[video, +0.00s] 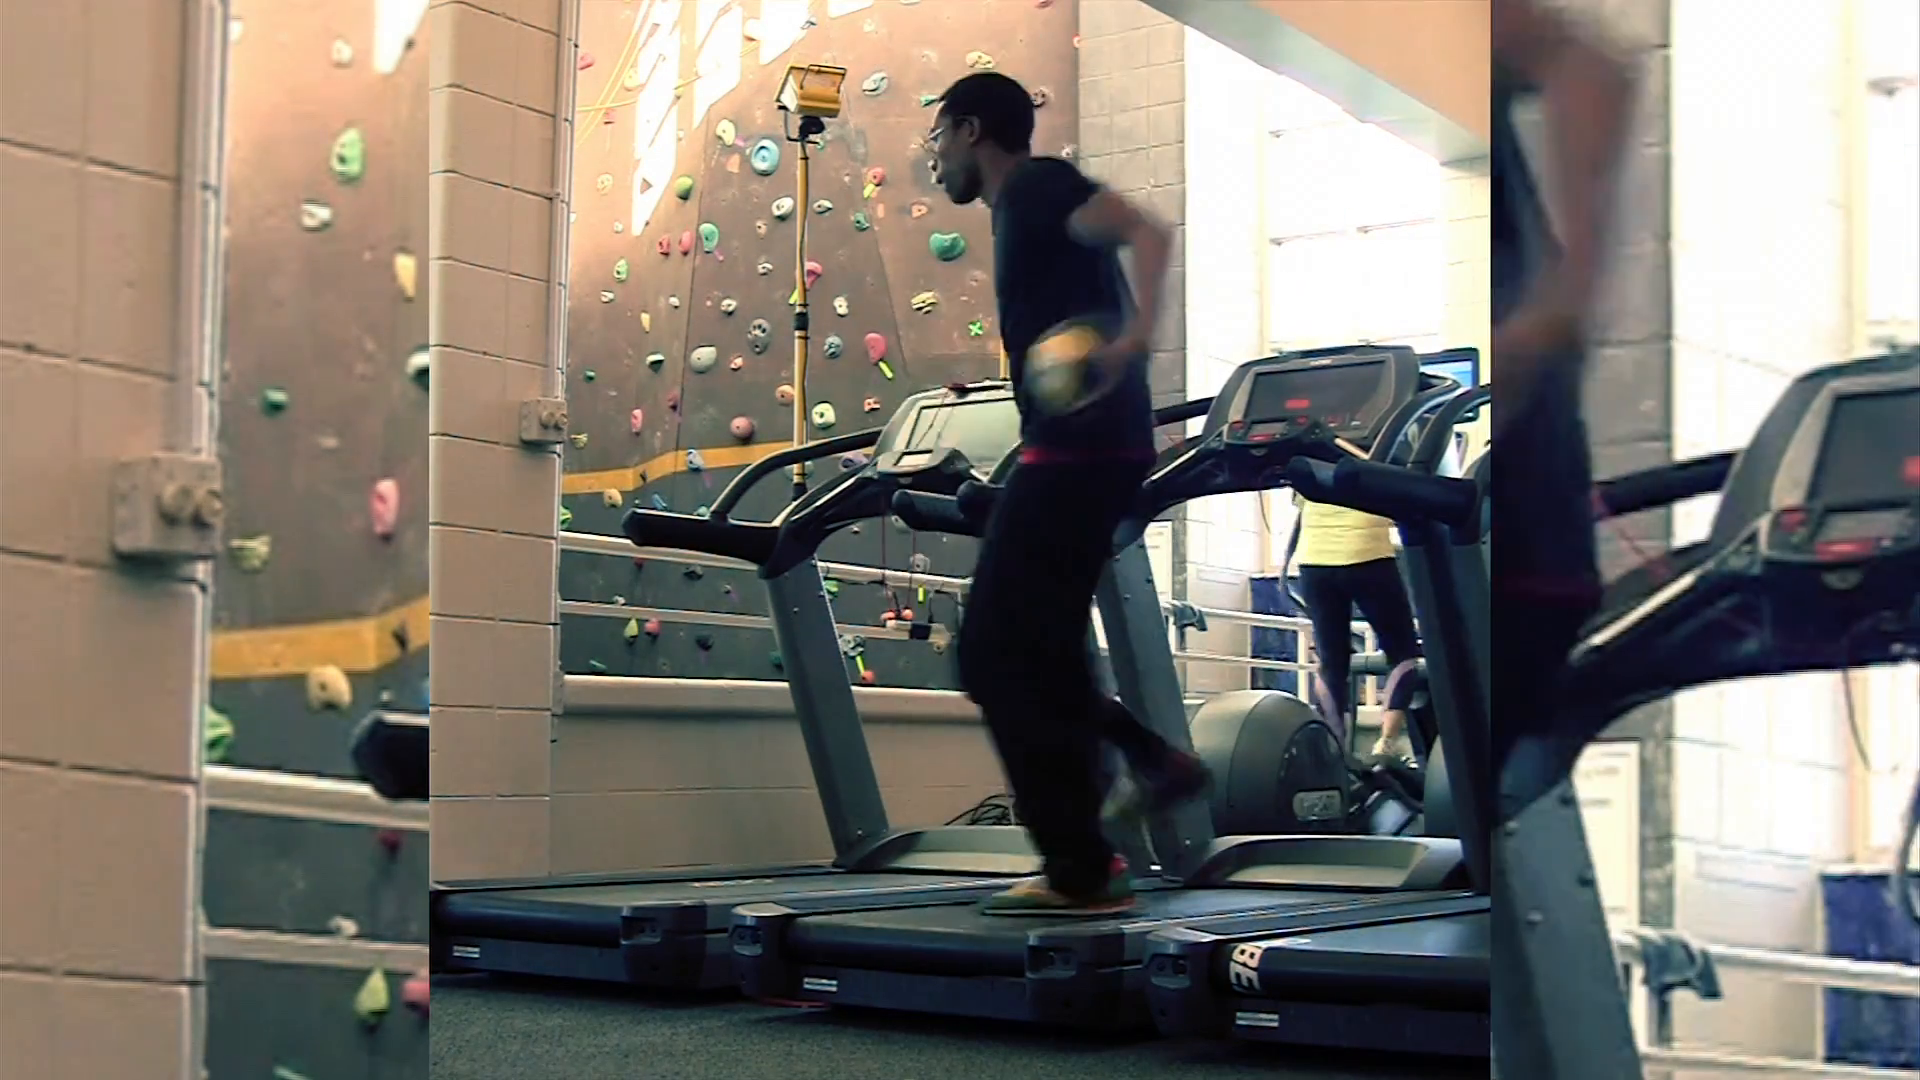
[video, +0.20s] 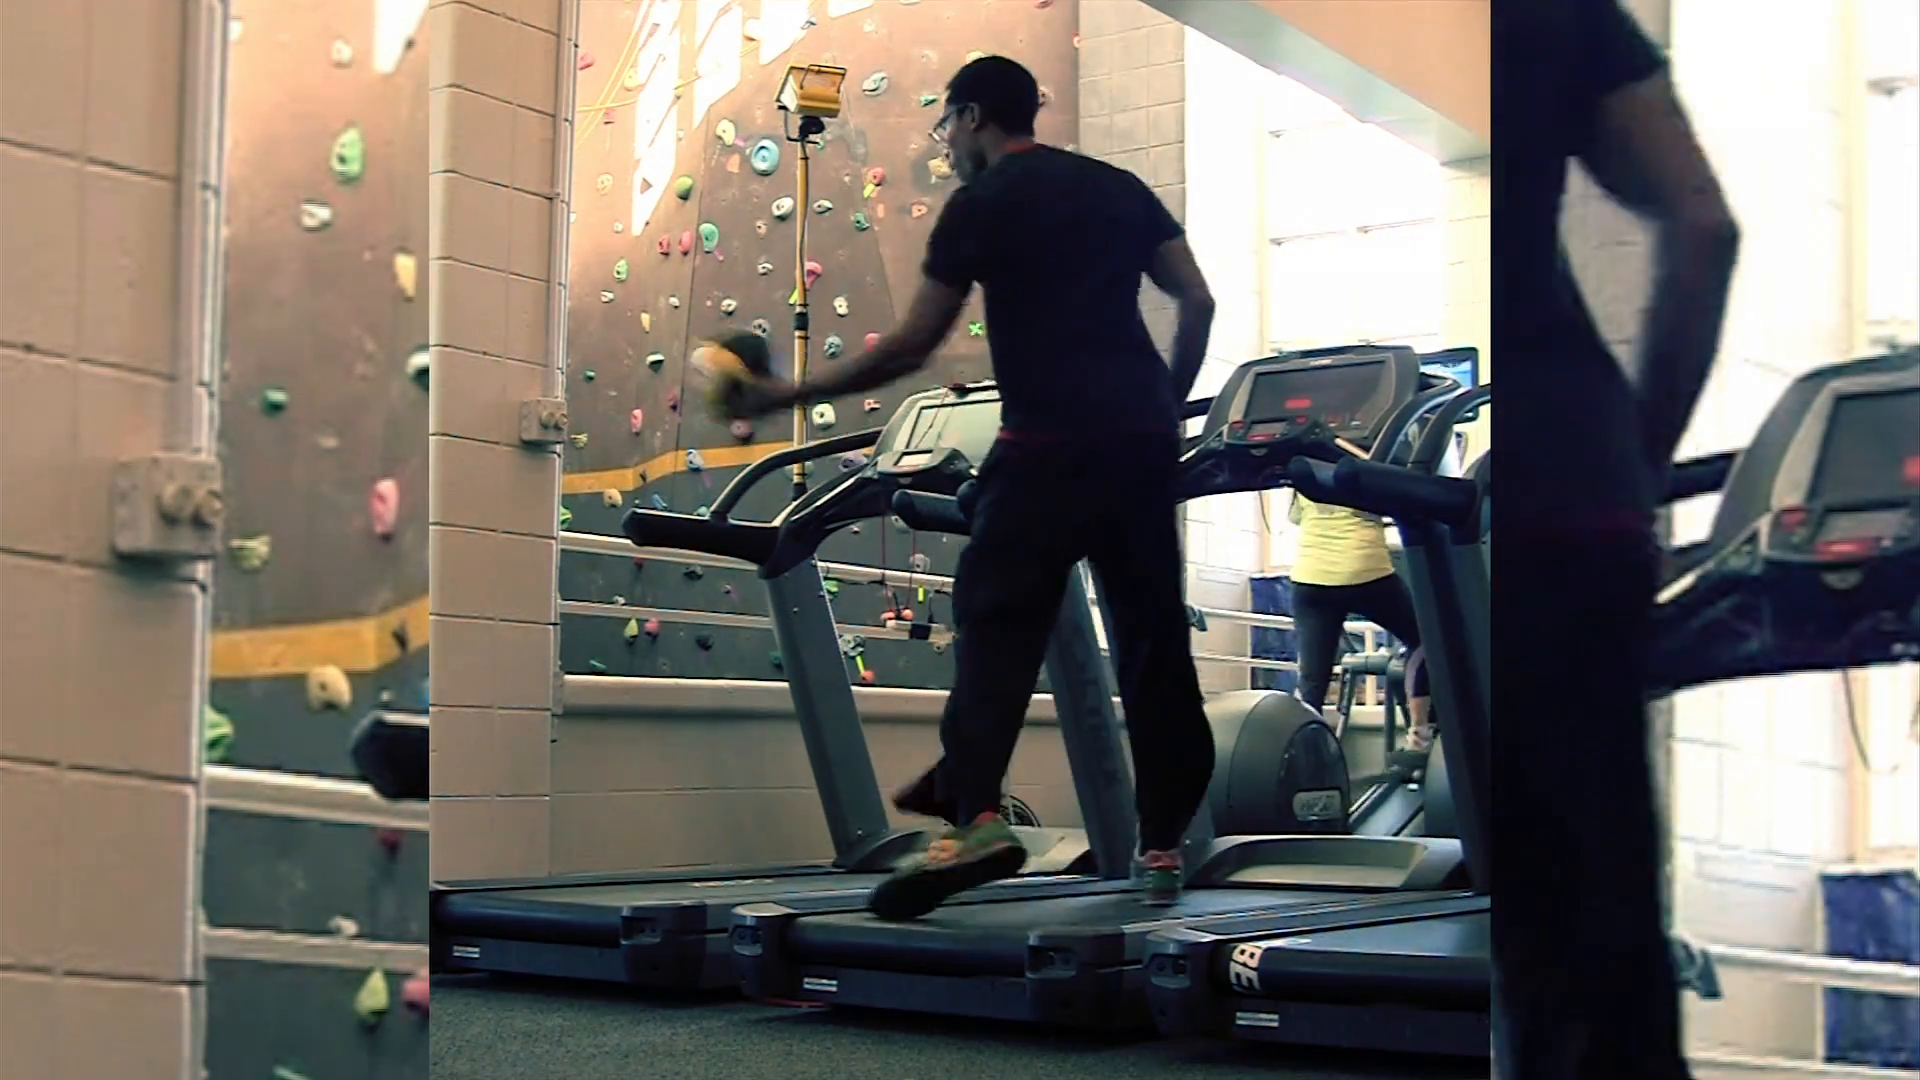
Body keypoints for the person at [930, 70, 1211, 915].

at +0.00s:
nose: (933, 155)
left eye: (939, 136)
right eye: (934, 138)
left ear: (975, 133)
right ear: (993, 134)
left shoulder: (1038, 185)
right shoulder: (1026, 203)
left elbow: (1152, 231)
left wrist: (1136, 334)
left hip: (1078, 457)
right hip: (1075, 455)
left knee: (994, 654)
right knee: (1029, 654)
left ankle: (1078, 871)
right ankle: (1162, 765)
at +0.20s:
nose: (941, 140)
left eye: (947, 124)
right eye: (943, 125)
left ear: (977, 121)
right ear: (1027, 120)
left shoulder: (980, 202)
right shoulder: (1118, 186)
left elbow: (911, 346)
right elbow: (1196, 299)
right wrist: (1170, 399)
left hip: (1045, 445)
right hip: (1141, 438)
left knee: (996, 621)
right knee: (1155, 641)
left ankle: (972, 817)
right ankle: (1167, 841)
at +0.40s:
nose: (964, 179)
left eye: (968, 163)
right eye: (964, 166)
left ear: (997, 156)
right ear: (1050, 157)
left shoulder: (977, 241)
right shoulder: (1128, 220)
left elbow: (863, 348)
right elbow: (1236, 313)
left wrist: (745, 386)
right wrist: (1207, 419)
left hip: (1051, 483)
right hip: (1146, 477)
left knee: (1041, 656)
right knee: (1147, 673)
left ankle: (991, 783)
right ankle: (1086, 859)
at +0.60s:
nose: (958, 179)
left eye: (963, 163)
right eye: (958, 165)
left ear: (997, 157)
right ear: (1042, 162)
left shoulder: (978, 241)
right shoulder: (1124, 224)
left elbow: (904, 370)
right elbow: (1229, 324)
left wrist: (795, 396)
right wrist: (1183, 410)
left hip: (1045, 469)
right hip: (1136, 465)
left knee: (1059, 653)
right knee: (1119, 677)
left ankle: (1025, 782)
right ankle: (1035, 848)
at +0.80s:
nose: (946, 180)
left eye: (951, 160)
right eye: (943, 163)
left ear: (992, 149)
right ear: (1028, 150)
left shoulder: (993, 232)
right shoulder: (1117, 212)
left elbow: (964, 374)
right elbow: (1189, 321)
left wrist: (857, 390)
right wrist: (1136, 391)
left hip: (1057, 452)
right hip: (1152, 444)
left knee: (1074, 644)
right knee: (1094, 646)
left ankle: (1120, 830)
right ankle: (1003, 828)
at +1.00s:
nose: (949, 183)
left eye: (955, 163)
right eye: (946, 167)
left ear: (999, 153)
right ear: (1026, 155)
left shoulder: (1009, 240)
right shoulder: (1117, 220)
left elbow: (983, 396)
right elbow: (1171, 343)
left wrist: (859, 433)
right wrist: (1101, 405)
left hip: (1065, 477)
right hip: (1160, 463)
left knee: (1075, 671)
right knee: (1139, 653)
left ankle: (1160, 849)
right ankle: (1083, 761)